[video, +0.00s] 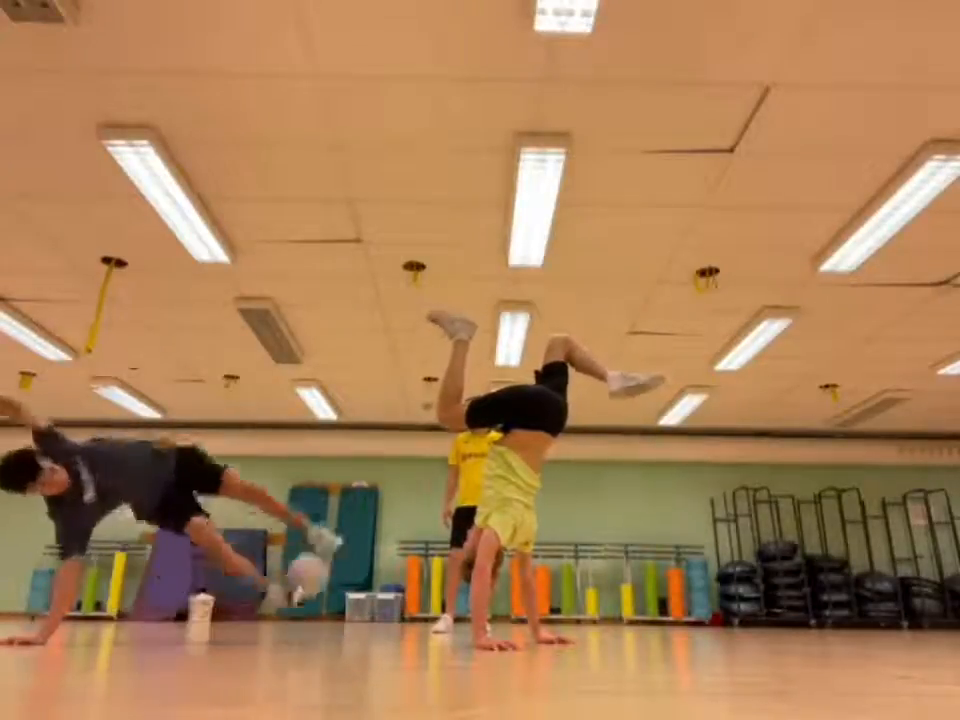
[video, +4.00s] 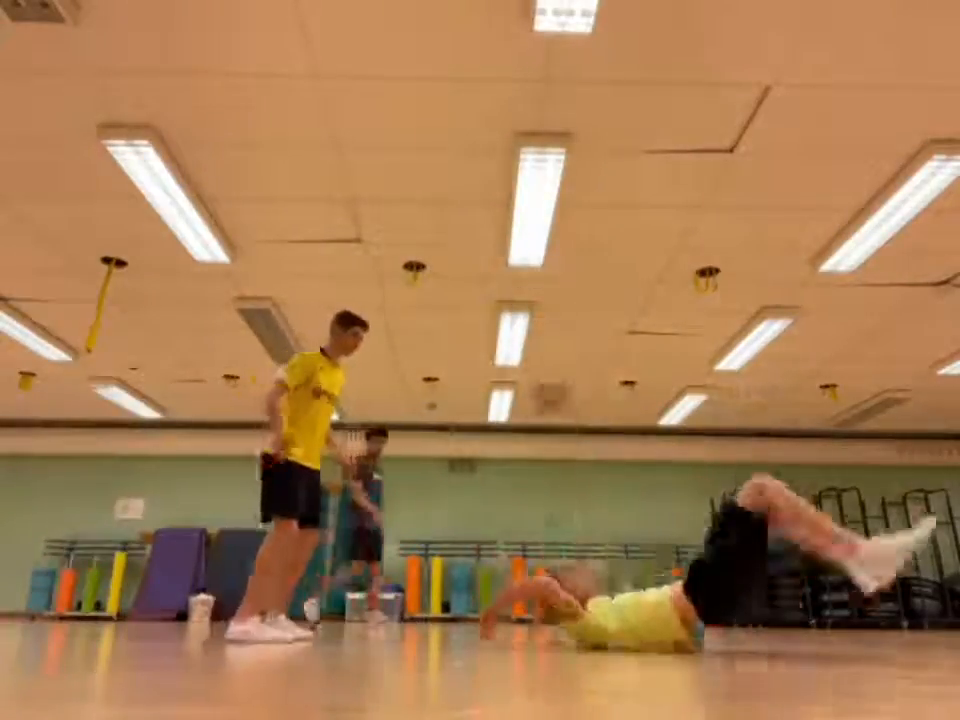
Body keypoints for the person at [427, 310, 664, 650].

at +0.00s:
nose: (483, 572)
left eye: (485, 574)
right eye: (481, 573)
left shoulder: (524, 536)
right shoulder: (493, 528)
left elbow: (526, 584)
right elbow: (481, 577)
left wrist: (537, 631)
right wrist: (481, 636)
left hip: (553, 414)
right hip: (529, 408)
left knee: (559, 344)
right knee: (450, 417)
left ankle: (613, 378)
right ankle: (461, 340)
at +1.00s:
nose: (481, 557)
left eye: (473, 556)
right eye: (477, 556)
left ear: (472, 549)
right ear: (473, 543)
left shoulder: (526, 538)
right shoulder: (497, 528)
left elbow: (528, 585)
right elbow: (483, 577)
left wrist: (537, 632)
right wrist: (482, 636)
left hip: (557, 412)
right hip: (536, 412)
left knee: (549, 345)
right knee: (457, 407)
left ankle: (620, 317)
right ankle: (450, 334)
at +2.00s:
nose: (472, 533)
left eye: (465, 537)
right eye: (473, 539)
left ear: (475, 550)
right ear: (480, 548)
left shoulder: (522, 538)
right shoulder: (497, 529)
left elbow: (527, 585)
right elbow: (482, 574)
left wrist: (536, 633)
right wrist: (480, 634)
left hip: (555, 417)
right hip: (534, 410)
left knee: (538, 356)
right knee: (453, 385)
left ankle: (604, 318)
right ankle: (449, 302)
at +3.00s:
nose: (482, 542)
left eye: (480, 545)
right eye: (481, 543)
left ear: (482, 550)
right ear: (484, 544)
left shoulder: (530, 541)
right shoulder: (509, 534)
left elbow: (530, 588)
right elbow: (482, 576)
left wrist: (536, 632)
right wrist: (480, 635)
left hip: (598, 436)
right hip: (582, 432)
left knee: (634, 367)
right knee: (515, 382)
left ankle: (714, 359)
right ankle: (527, 301)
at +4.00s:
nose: (577, 580)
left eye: (573, 577)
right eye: (568, 580)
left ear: (576, 593)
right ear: (565, 597)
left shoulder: (601, 614)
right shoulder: (585, 624)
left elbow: (544, 584)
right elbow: (535, 583)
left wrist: (517, 608)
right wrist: (493, 615)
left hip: (703, 592)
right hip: (703, 599)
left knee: (762, 492)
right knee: (760, 490)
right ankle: (862, 559)